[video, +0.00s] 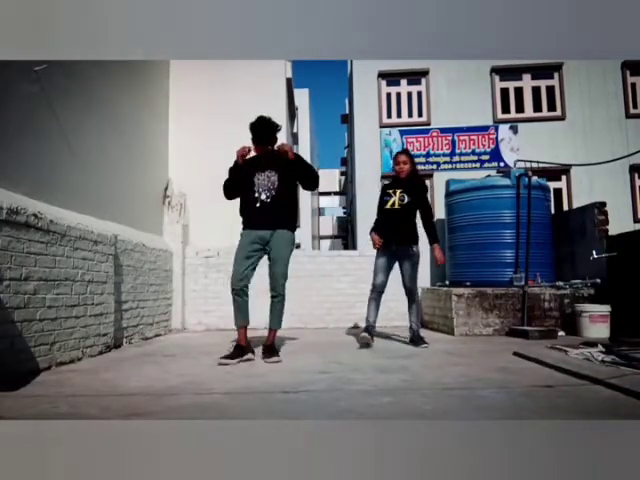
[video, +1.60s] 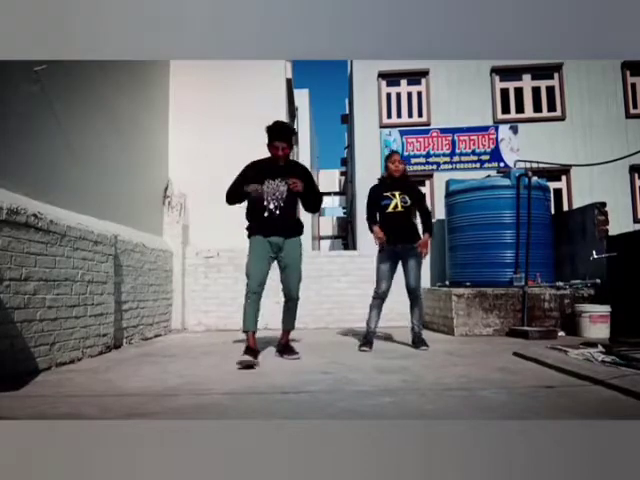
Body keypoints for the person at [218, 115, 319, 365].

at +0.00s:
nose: (264, 146)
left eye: (268, 142)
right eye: (260, 142)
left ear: (272, 140)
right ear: (254, 142)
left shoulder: (288, 161)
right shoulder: (247, 164)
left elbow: (312, 183)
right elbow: (230, 193)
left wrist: (293, 157)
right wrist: (238, 163)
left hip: (281, 231)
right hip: (252, 231)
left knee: (278, 288)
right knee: (238, 284)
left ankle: (270, 343)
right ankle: (242, 343)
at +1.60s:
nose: (280, 153)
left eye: (285, 148)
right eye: (276, 148)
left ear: (291, 147)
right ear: (269, 146)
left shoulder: (299, 171)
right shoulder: (255, 169)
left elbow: (314, 206)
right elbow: (230, 198)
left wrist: (303, 191)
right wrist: (248, 189)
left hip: (290, 238)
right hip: (261, 238)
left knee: (292, 292)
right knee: (254, 288)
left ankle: (284, 342)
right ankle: (251, 345)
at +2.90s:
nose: (248, 140)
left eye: (253, 137)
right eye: (244, 135)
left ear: (259, 141)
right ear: (237, 138)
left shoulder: (270, 167)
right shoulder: (226, 174)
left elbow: (287, 195)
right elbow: (215, 207)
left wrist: (288, 216)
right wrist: (222, 231)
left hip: (274, 231)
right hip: (246, 237)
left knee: (292, 271)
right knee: (247, 287)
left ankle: (289, 313)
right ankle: (252, 336)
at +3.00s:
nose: (257, 141)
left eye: (263, 138)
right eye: (254, 136)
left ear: (267, 143)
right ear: (246, 139)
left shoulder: (274, 172)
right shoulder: (230, 174)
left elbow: (287, 200)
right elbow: (212, 209)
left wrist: (289, 221)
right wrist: (223, 233)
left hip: (275, 236)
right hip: (247, 239)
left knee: (292, 277)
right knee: (249, 291)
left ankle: (292, 333)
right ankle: (252, 338)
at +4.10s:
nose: (253, 140)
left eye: (257, 135)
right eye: (249, 136)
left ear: (262, 133)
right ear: (241, 135)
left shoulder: (273, 155)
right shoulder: (234, 160)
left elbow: (296, 154)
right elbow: (213, 159)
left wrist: (270, 129)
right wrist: (232, 132)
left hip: (278, 228)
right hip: (246, 231)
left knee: (295, 283)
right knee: (237, 287)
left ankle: (299, 345)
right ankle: (240, 345)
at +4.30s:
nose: (254, 137)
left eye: (257, 133)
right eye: (250, 133)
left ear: (262, 132)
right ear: (241, 134)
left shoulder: (269, 151)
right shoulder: (230, 155)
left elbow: (290, 139)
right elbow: (216, 142)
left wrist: (267, 117)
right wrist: (231, 118)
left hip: (275, 227)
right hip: (245, 228)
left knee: (295, 279)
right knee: (239, 286)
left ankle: (301, 340)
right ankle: (241, 344)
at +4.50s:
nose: (265, 134)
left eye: (266, 129)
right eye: (258, 132)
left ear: (268, 128)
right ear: (247, 135)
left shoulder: (278, 154)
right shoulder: (238, 159)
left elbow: (297, 135)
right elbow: (223, 159)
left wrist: (274, 112)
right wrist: (230, 127)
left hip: (279, 227)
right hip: (248, 229)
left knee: (298, 282)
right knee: (239, 285)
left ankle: (291, 327)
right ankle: (240, 342)